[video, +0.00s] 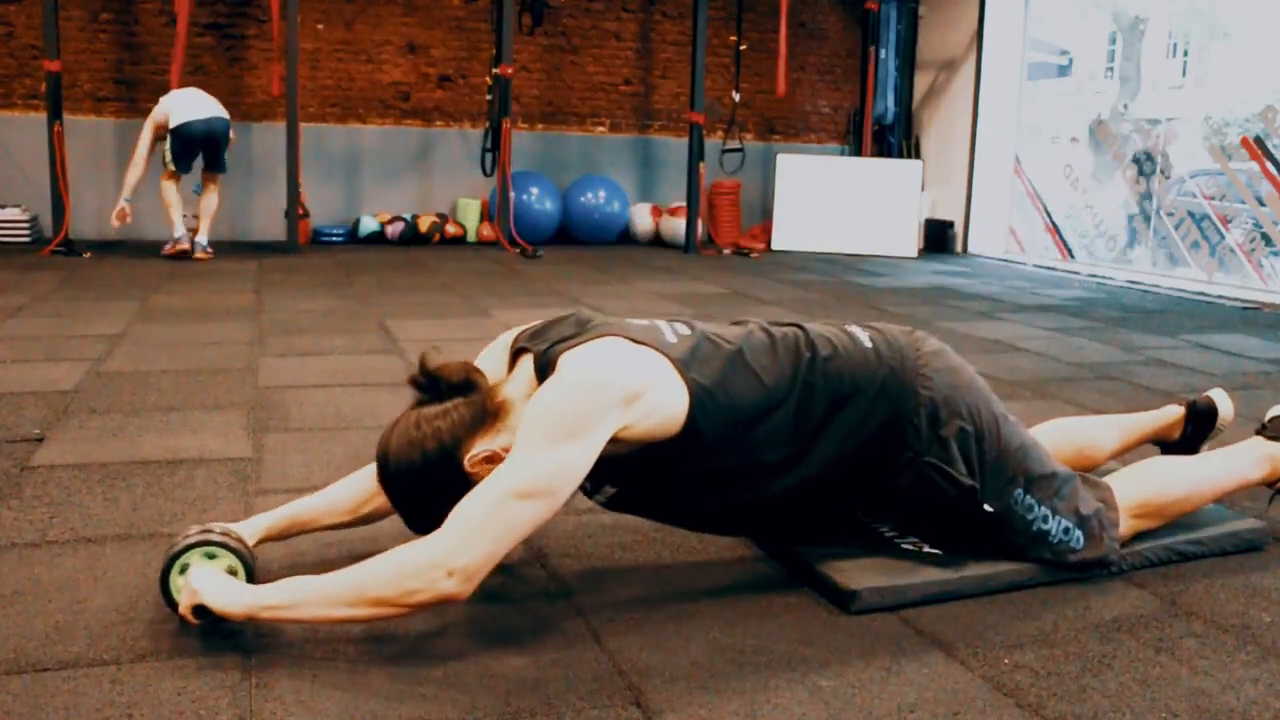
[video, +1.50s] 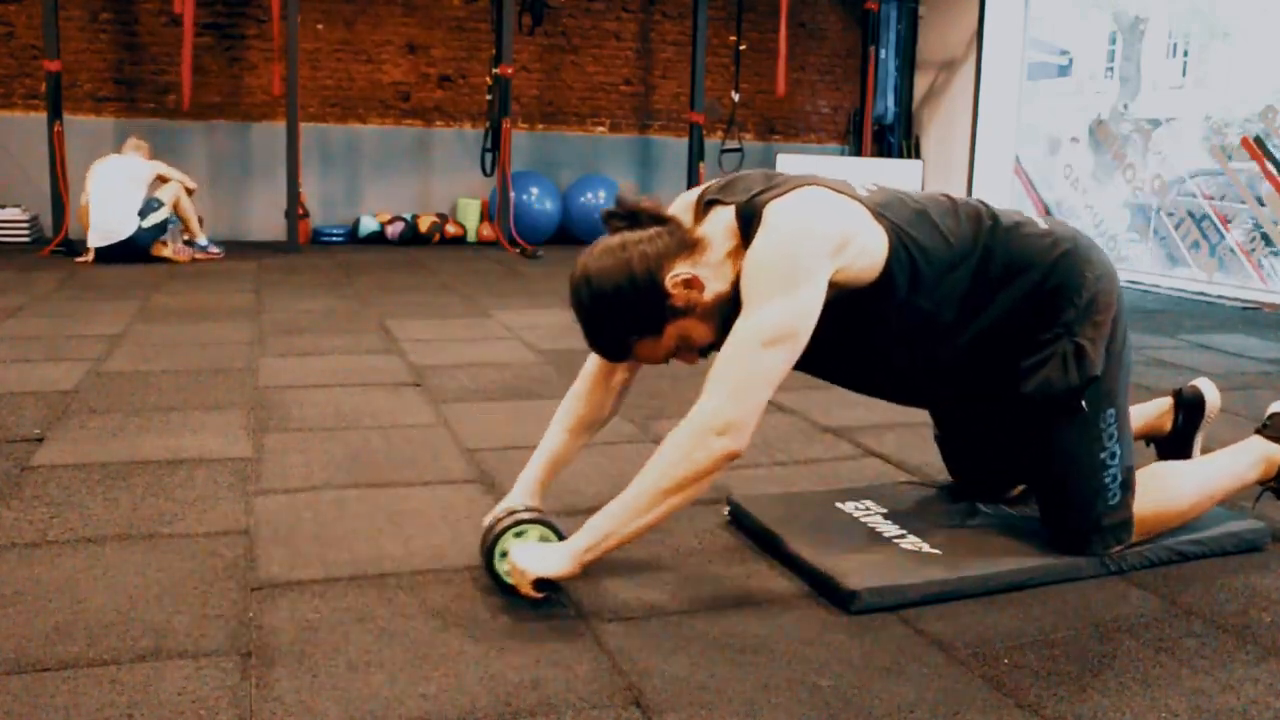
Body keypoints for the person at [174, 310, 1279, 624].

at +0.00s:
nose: (481, 500)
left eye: (473, 493)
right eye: (452, 489)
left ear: (497, 441)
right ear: (457, 421)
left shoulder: (587, 395)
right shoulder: (500, 366)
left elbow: (439, 578)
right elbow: (392, 479)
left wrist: (248, 600)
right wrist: (252, 535)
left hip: (907, 415)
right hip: (835, 396)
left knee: (1094, 516)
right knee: (1021, 451)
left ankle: (1258, 461)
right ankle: (1180, 411)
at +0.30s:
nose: (479, 492)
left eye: (473, 485)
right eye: (452, 480)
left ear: (503, 428)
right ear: (466, 409)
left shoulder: (590, 385)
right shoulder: (504, 365)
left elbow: (435, 553)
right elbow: (386, 475)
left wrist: (254, 596)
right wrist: (244, 533)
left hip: (913, 400)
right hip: (847, 394)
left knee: (1089, 518)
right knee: (1020, 463)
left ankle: (1258, 460)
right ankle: (1179, 409)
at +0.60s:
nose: (504, 470)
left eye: (492, 469)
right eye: (475, 463)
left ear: (514, 413)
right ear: (482, 387)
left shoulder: (601, 371)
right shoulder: (518, 342)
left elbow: (455, 541)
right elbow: (406, 459)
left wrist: (275, 596)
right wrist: (267, 524)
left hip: (934, 379)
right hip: (872, 365)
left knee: (1090, 524)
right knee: (1027, 486)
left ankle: (1260, 454)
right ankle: (1178, 411)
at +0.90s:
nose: (546, 443)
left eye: (530, 438)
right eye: (520, 439)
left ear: (553, 375)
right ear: (531, 366)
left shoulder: (638, 339)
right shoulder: (557, 317)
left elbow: (520, 518)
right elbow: (449, 434)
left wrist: (343, 586)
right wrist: (326, 514)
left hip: (965, 352)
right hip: (915, 319)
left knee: (1094, 524)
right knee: (1024, 488)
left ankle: (1258, 461)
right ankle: (1184, 413)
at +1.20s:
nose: (608, 415)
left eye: (590, 404)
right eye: (591, 410)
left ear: (610, 344)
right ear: (601, 340)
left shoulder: (705, 292)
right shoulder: (615, 275)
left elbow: (601, 483)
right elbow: (509, 406)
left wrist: (437, 571)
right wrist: (407, 500)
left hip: (998, 313)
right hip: (921, 346)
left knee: (1094, 526)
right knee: (1002, 486)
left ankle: (1260, 456)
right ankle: (1172, 418)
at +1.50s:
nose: (687, 366)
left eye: (673, 350)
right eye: (663, 362)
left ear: (686, 288)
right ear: (671, 289)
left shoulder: (795, 236)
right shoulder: (674, 230)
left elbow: (718, 437)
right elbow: (604, 372)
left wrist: (575, 551)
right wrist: (526, 491)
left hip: (1052, 296)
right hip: (963, 332)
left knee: (1099, 522)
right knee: (987, 480)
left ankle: (1268, 454)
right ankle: (1174, 411)